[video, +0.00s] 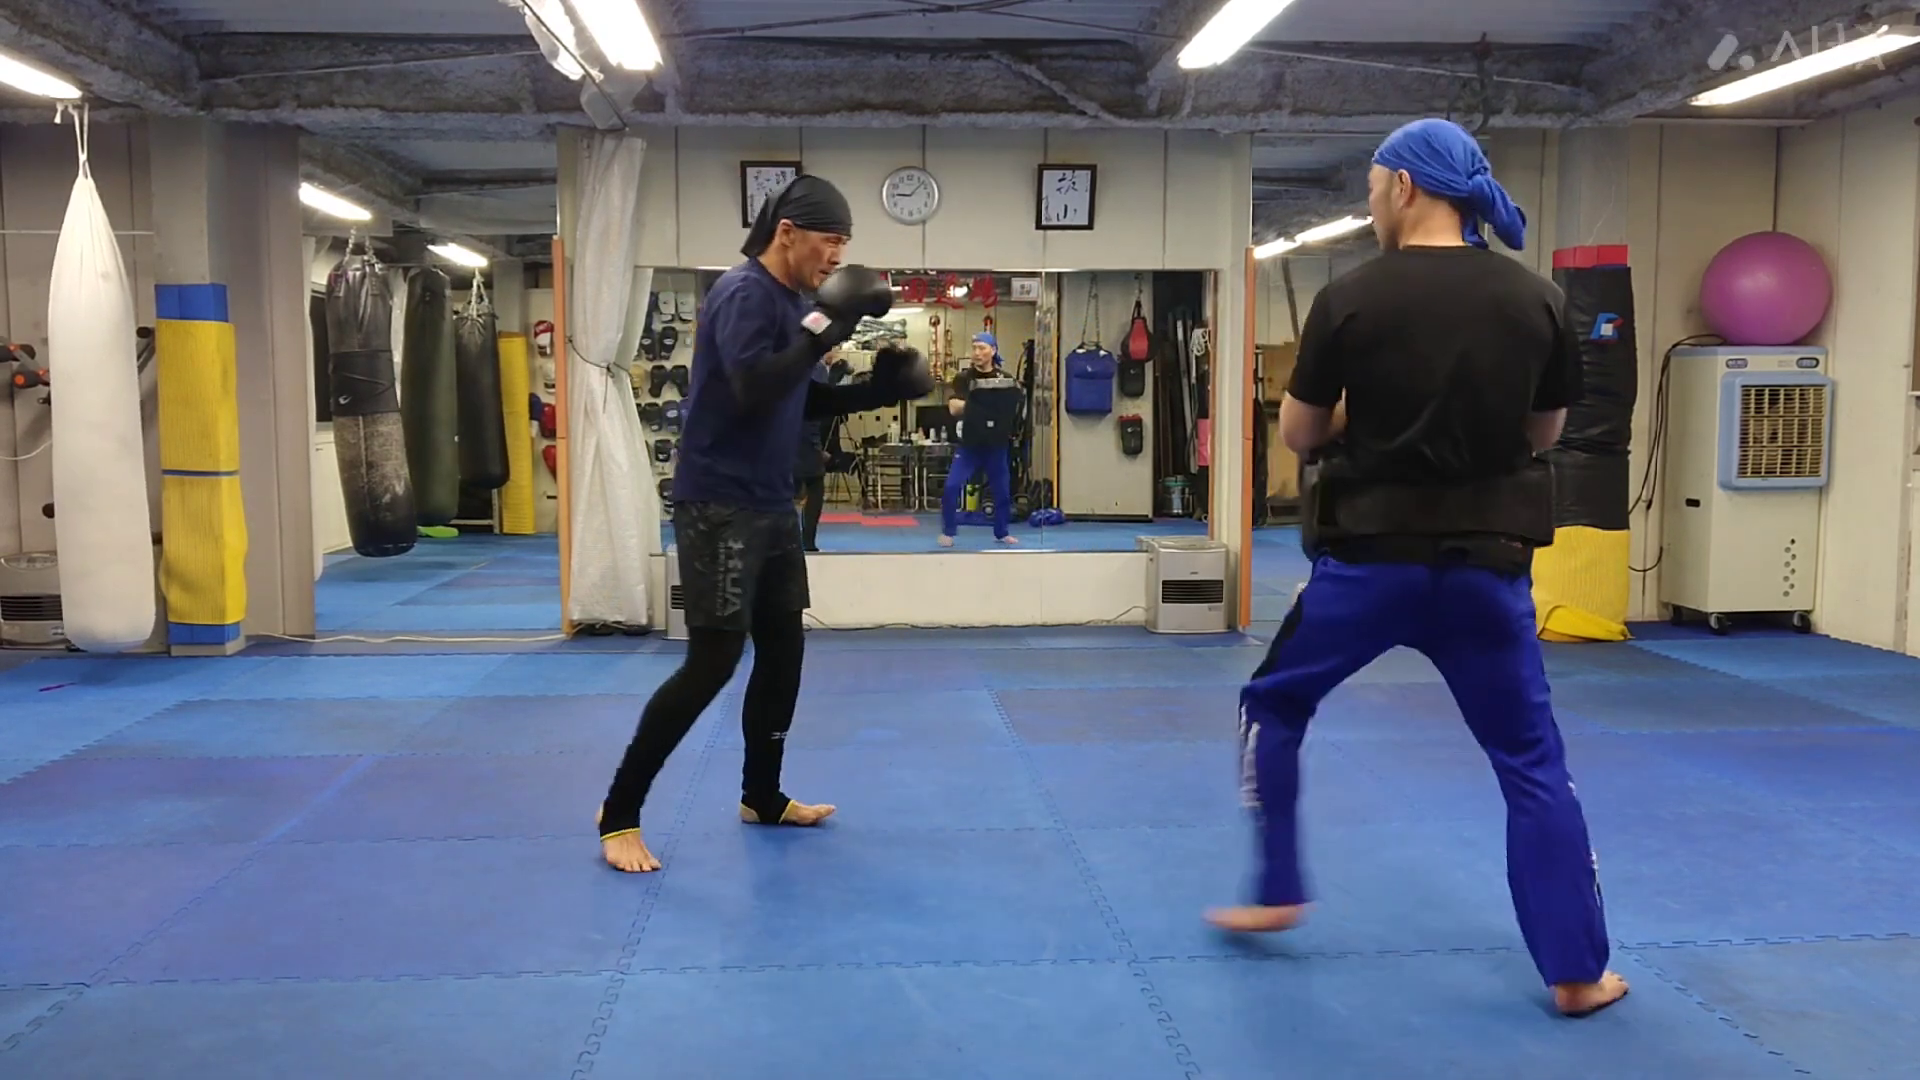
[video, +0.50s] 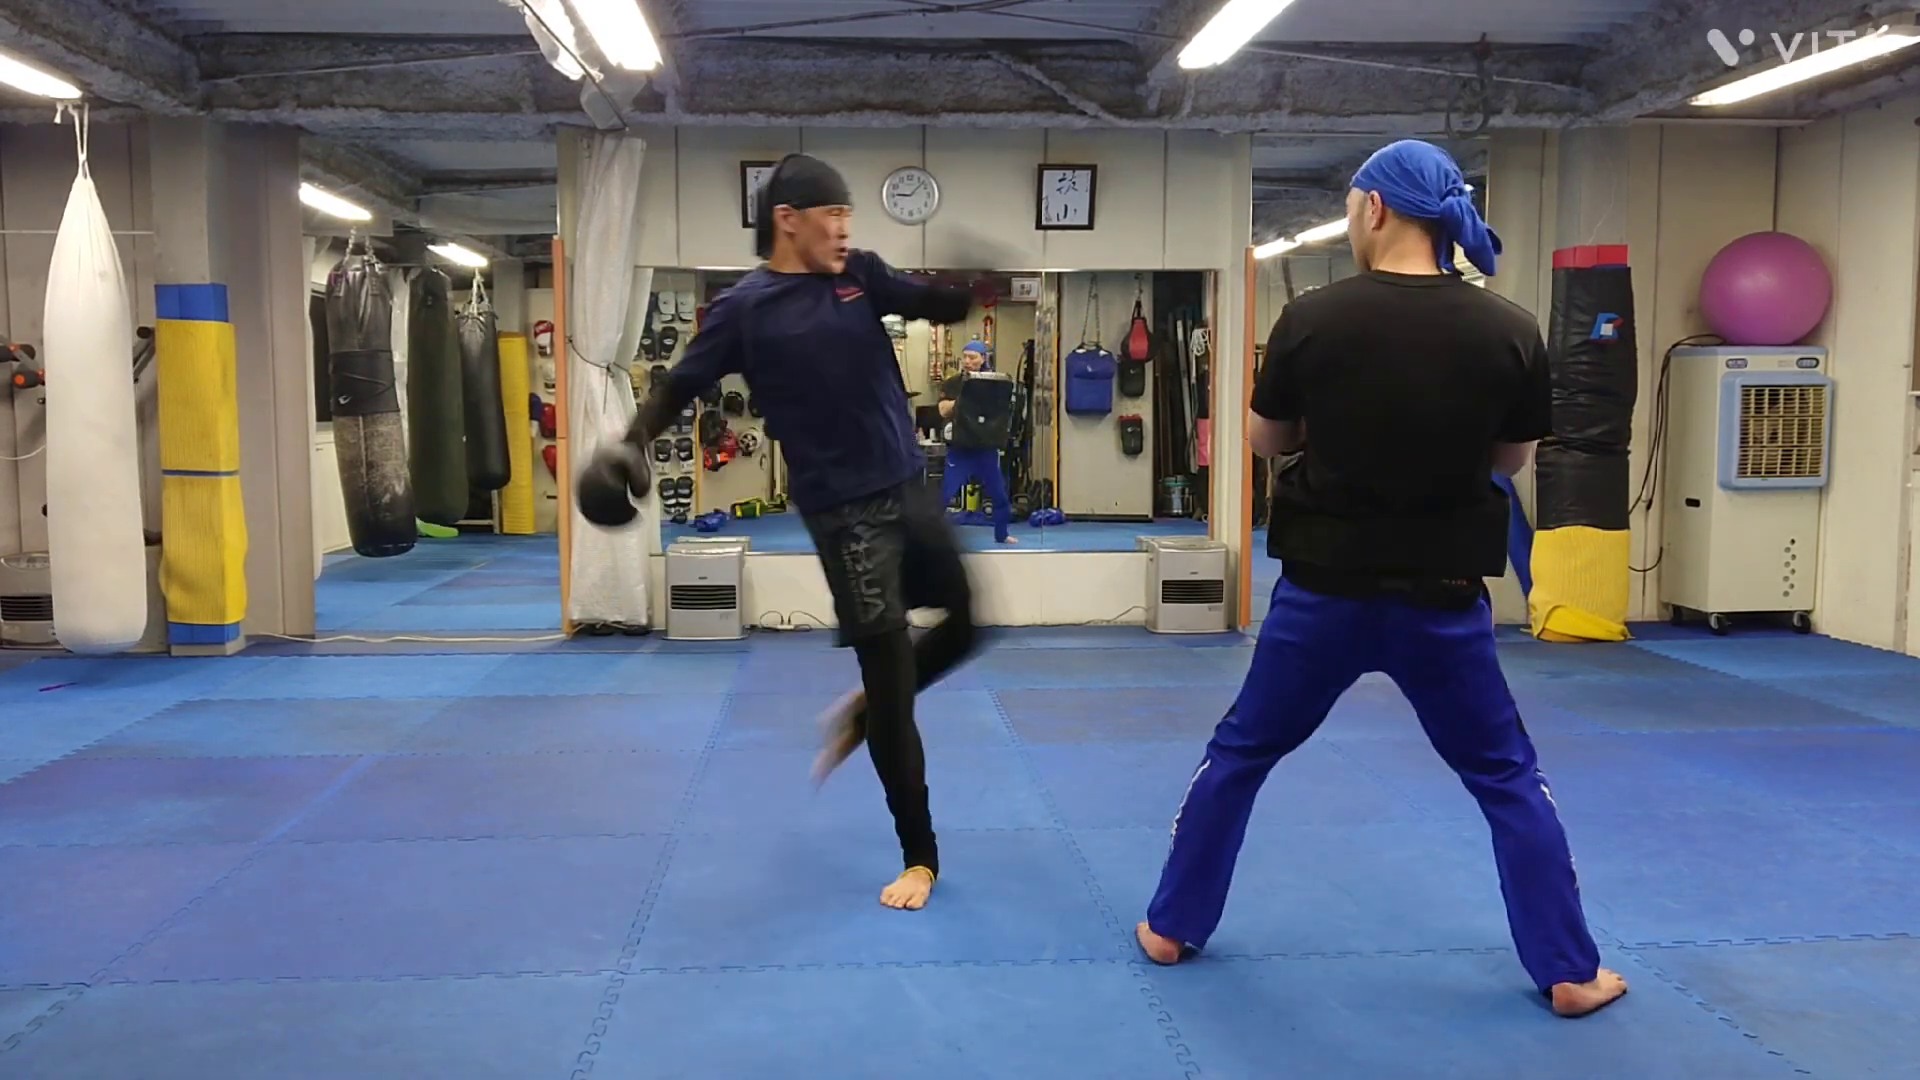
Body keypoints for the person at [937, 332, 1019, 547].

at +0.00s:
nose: (976, 353)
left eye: (982, 348)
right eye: (974, 348)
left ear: (993, 351)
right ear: (971, 351)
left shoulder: (1005, 379)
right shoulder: (964, 377)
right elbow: (954, 407)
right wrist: (985, 406)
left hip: (997, 445)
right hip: (969, 444)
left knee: (1002, 492)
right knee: (951, 486)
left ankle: (1002, 533)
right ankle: (948, 532)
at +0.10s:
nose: (976, 357)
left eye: (980, 352)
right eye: (972, 352)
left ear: (991, 356)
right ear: (968, 356)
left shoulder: (1000, 382)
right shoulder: (962, 380)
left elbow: (1011, 413)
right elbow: (953, 411)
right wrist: (981, 406)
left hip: (996, 447)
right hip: (969, 445)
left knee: (1004, 494)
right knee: (952, 491)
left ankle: (1002, 535)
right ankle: (925, 535)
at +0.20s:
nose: (971, 360)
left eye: (976, 356)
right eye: (969, 355)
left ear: (987, 359)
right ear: (965, 358)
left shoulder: (995, 384)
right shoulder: (957, 383)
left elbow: (1006, 411)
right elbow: (950, 411)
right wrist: (975, 404)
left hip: (992, 450)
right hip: (964, 449)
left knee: (1004, 496)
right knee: (947, 495)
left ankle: (1002, 535)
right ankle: (922, 536)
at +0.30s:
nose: (970, 361)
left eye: (975, 356)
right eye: (967, 356)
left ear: (985, 360)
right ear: (963, 359)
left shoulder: (992, 384)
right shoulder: (953, 384)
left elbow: (1002, 410)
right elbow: (948, 411)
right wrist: (973, 403)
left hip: (990, 449)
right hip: (962, 448)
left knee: (1003, 496)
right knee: (947, 494)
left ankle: (1002, 535)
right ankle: (923, 537)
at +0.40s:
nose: (968, 361)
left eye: (973, 357)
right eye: (965, 356)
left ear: (984, 359)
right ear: (962, 359)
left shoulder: (993, 382)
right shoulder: (954, 382)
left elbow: (1001, 411)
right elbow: (945, 409)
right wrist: (970, 401)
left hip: (988, 448)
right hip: (961, 447)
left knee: (1001, 495)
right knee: (947, 494)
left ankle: (1002, 535)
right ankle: (923, 537)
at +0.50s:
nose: (968, 362)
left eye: (973, 357)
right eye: (966, 357)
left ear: (984, 359)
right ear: (962, 358)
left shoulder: (993, 382)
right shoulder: (954, 382)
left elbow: (1002, 412)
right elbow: (943, 410)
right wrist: (966, 400)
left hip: (987, 447)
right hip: (959, 447)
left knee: (999, 495)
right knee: (945, 495)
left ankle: (1001, 535)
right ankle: (929, 536)